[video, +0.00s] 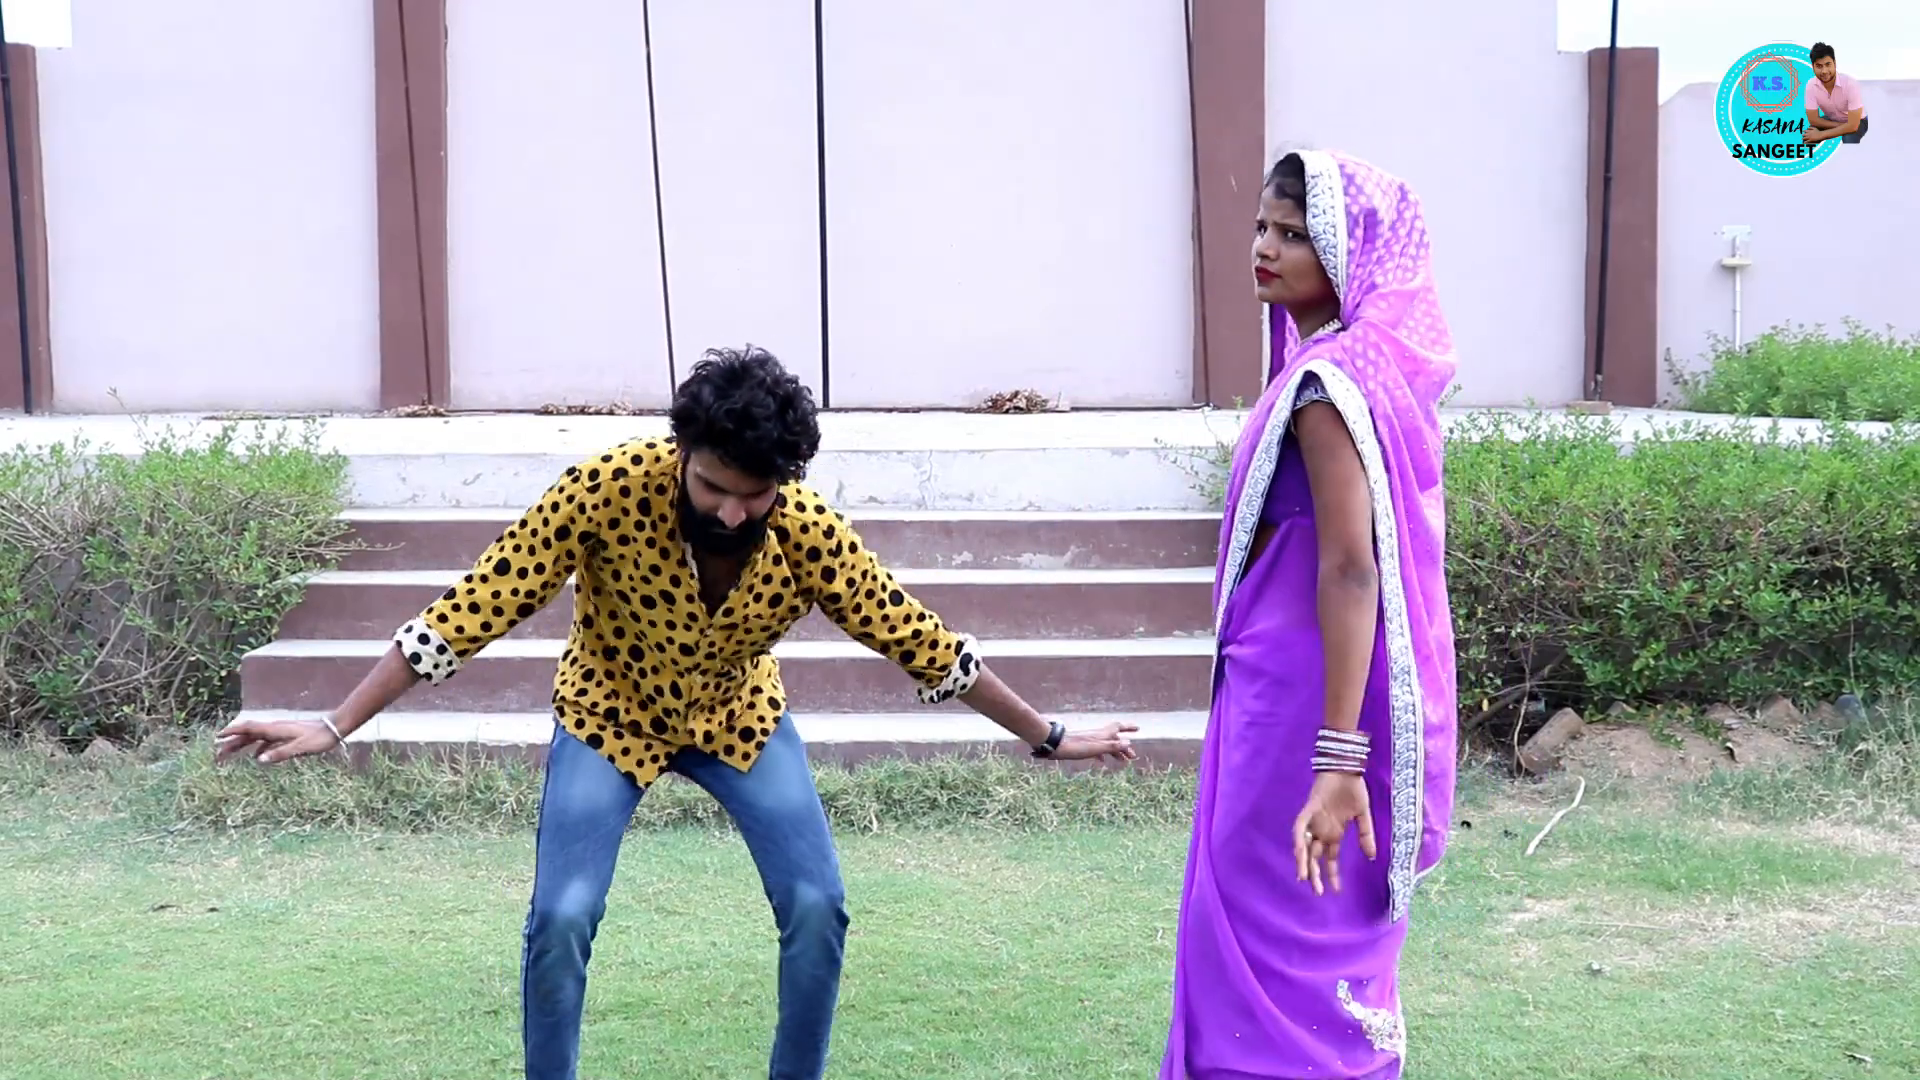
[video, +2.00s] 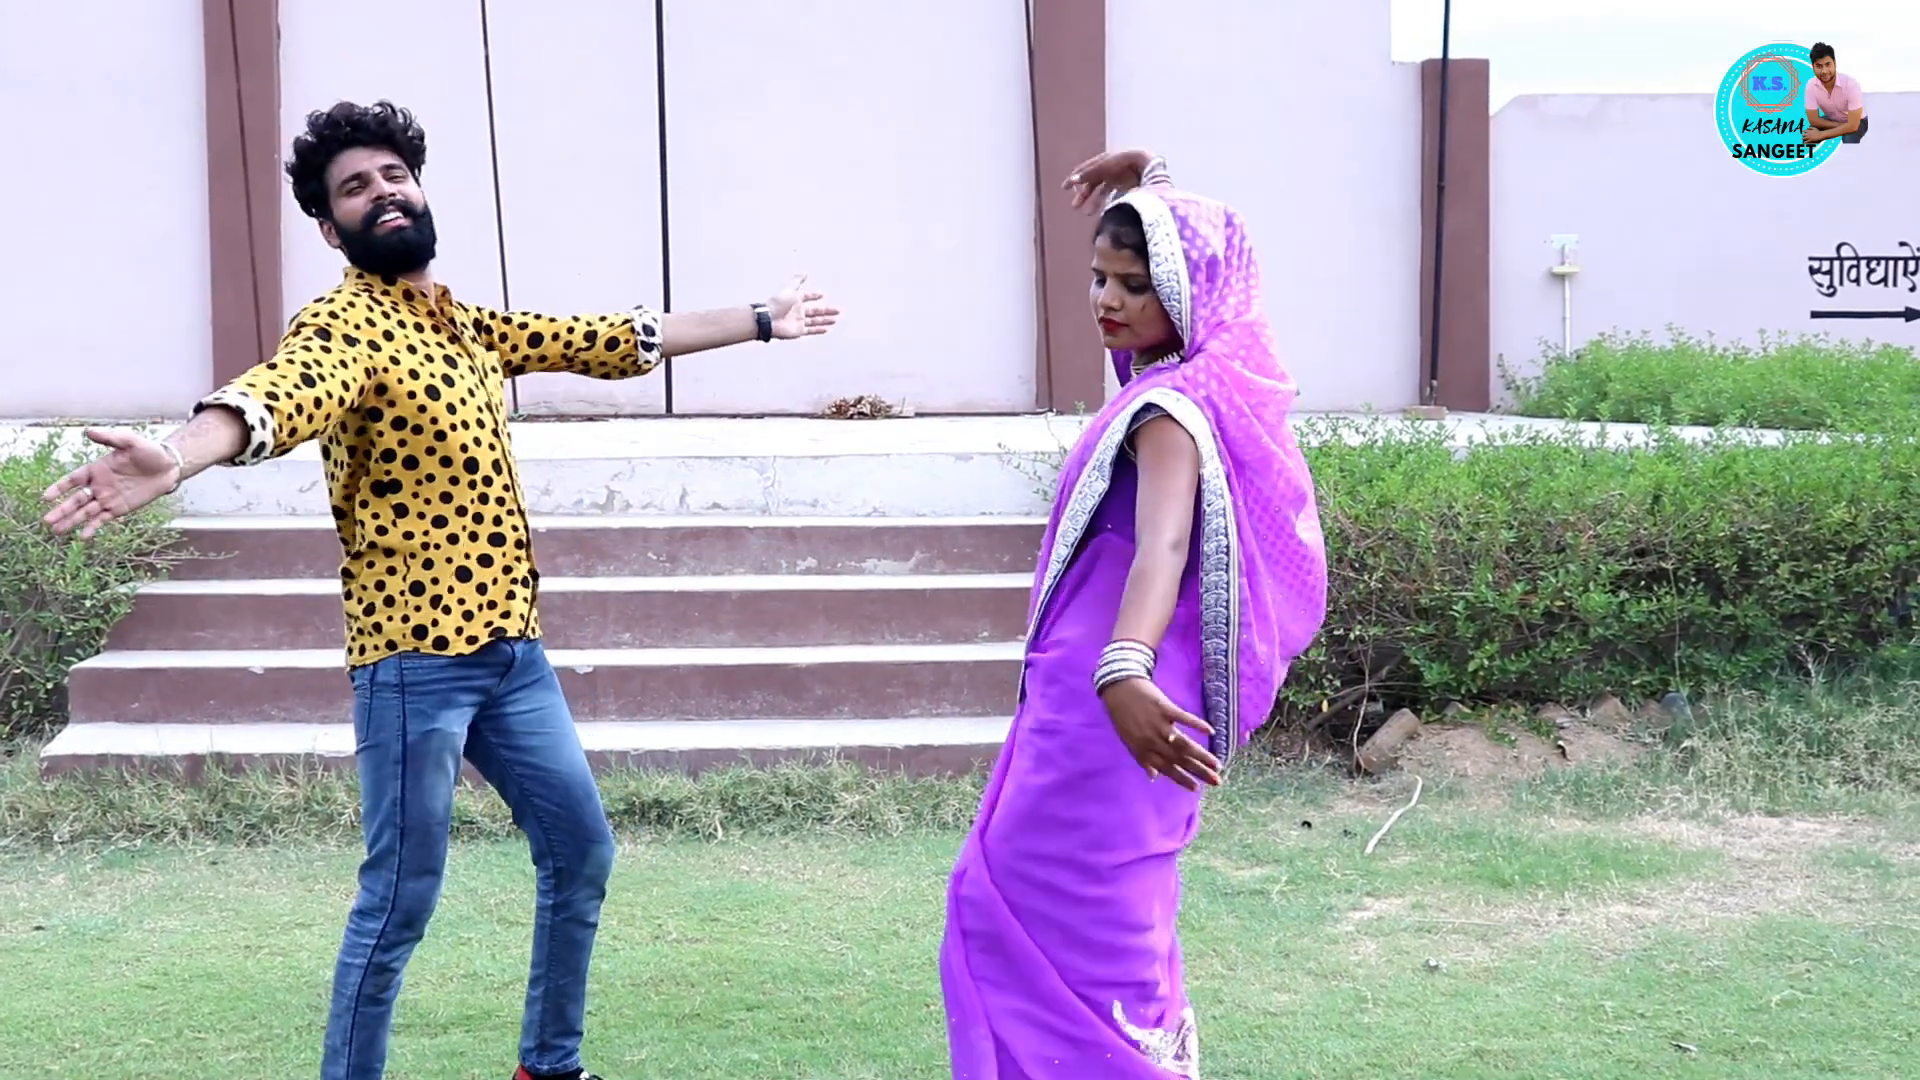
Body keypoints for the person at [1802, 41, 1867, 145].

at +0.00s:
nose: (1824, 71)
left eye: (1828, 65)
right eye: (1819, 66)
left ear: (1835, 64)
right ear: (1813, 67)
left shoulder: (1850, 84)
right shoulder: (1812, 85)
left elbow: (1853, 126)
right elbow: (1813, 120)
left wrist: (1820, 135)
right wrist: (1843, 126)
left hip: (1854, 122)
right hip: (1829, 121)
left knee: (1849, 140)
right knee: (1810, 136)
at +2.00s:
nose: (1824, 71)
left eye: (1828, 65)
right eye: (1819, 66)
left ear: (1835, 64)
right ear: (1813, 67)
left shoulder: (1850, 85)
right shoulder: (1811, 86)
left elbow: (1853, 126)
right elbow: (1813, 120)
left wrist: (1820, 135)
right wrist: (1843, 126)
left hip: (1855, 122)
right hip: (1829, 121)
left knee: (1849, 140)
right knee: (1810, 136)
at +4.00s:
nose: (1824, 71)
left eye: (1828, 65)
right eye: (1819, 66)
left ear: (1835, 63)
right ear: (1813, 67)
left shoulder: (1850, 85)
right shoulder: (1812, 86)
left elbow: (1853, 126)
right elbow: (1813, 120)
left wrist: (1820, 135)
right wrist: (1843, 126)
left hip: (1855, 122)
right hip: (1830, 121)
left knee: (1848, 140)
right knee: (1810, 136)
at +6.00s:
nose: (1824, 71)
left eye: (1828, 65)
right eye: (1819, 66)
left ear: (1835, 63)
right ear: (1813, 67)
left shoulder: (1850, 84)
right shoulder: (1812, 86)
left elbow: (1853, 126)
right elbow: (1813, 120)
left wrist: (1820, 135)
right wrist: (1843, 126)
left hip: (1855, 122)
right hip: (1829, 121)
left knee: (1849, 140)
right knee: (1810, 137)